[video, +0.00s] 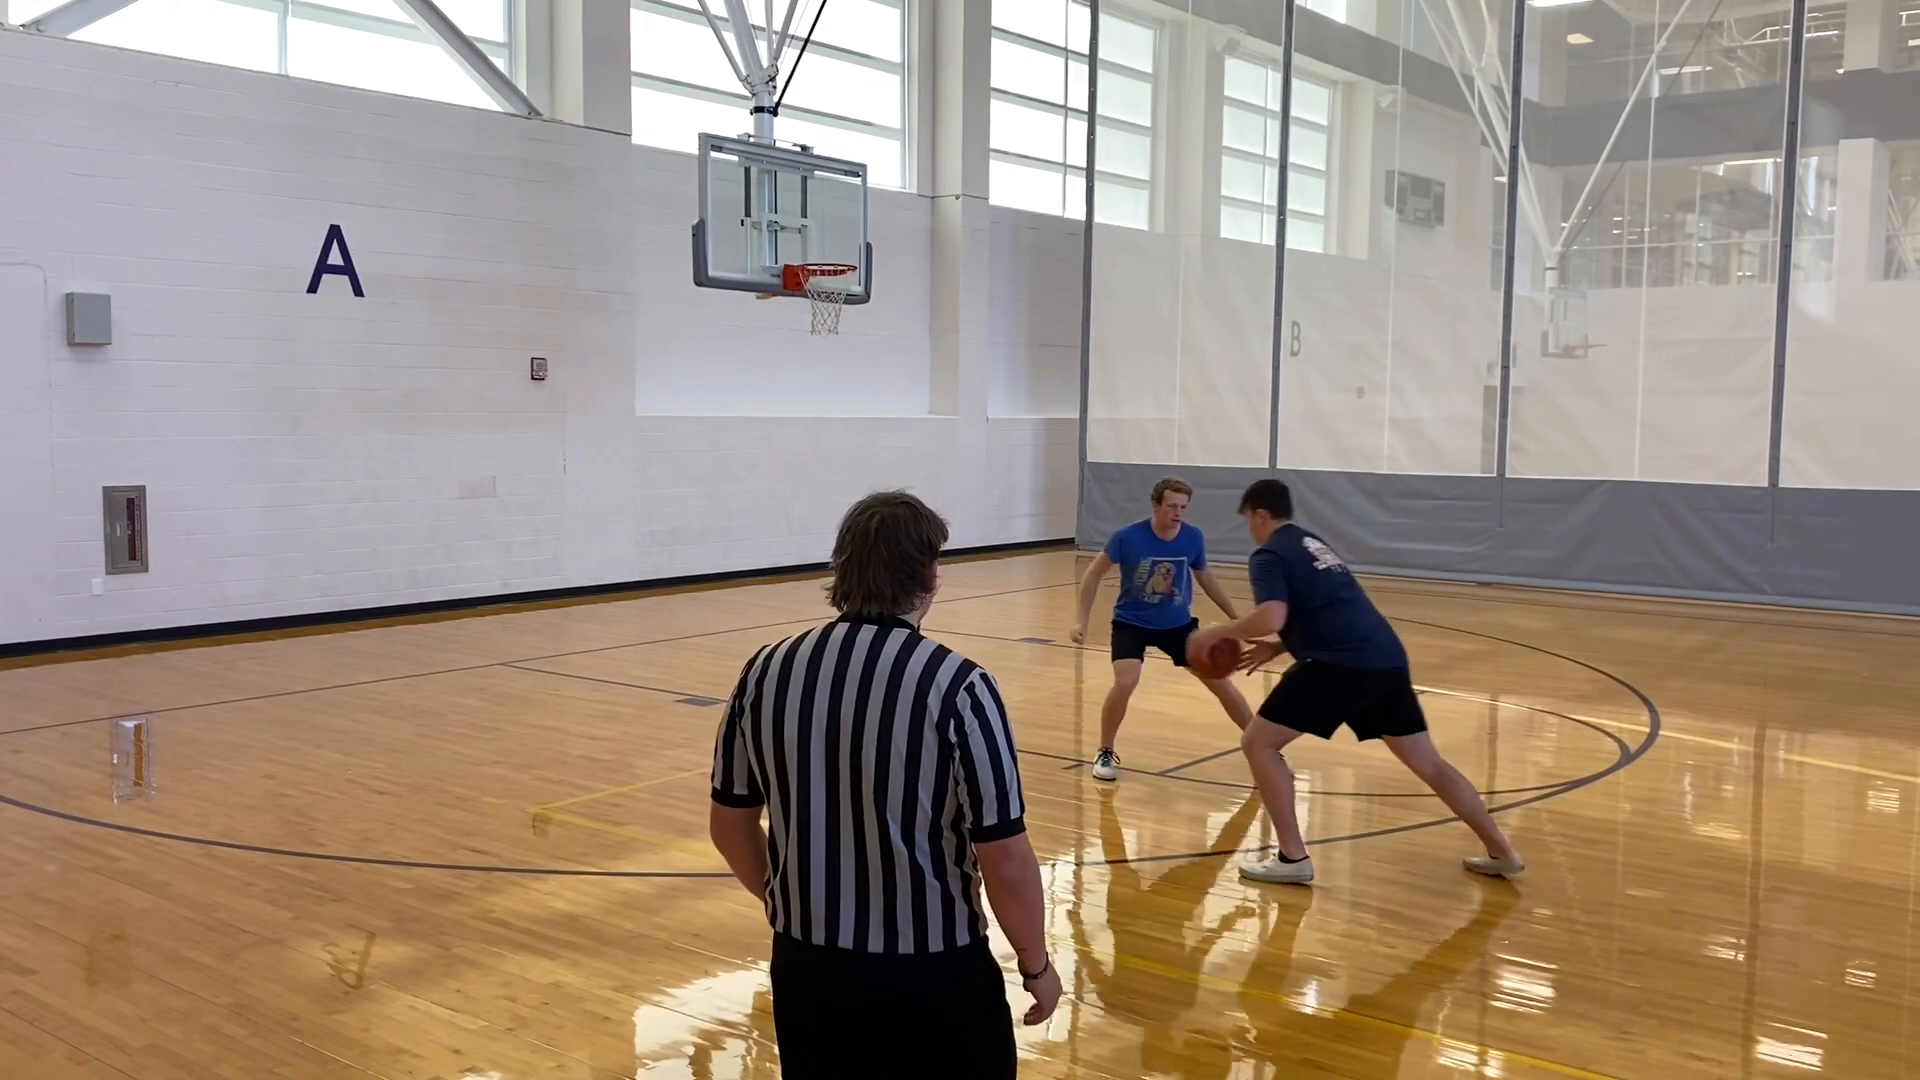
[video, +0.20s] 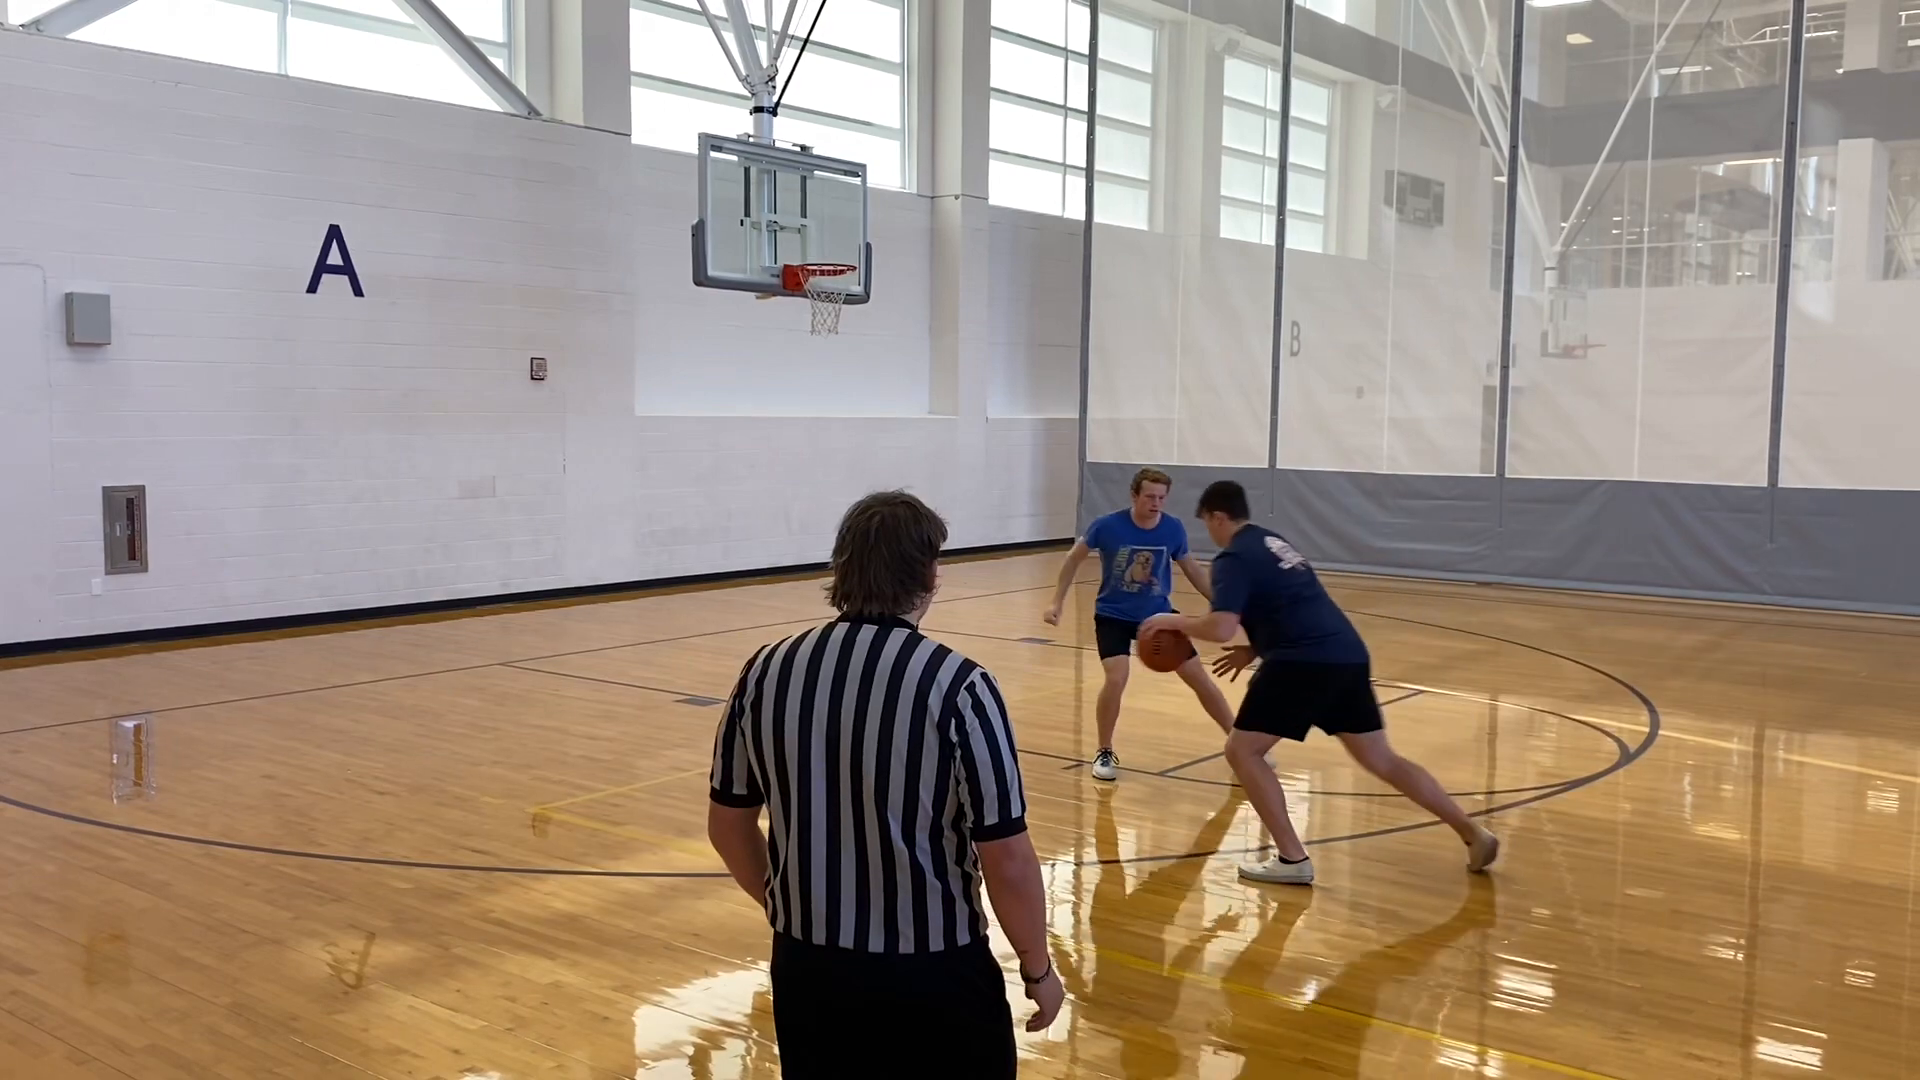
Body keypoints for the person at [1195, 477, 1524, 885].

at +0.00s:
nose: (1248, 527)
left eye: (1247, 518)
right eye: (1247, 518)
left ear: (1260, 515)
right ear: (1283, 511)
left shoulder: (1269, 554)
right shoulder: (1313, 542)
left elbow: (1271, 619)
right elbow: (1321, 613)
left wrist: (1219, 634)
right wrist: (1269, 650)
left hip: (1334, 666)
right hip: (1386, 663)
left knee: (1258, 743)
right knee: (1431, 765)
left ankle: (1292, 858)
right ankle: (1503, 854)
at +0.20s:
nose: (1205, 529)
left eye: (1205, 521)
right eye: (1204, 522)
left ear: (1217, 518)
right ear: (1240, 514)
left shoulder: (1232, 559)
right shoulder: (1272, 541)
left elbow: (1221, 629)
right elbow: (1299, 605)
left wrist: (1174, 621)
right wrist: (1254, 646)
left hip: (1298, 665)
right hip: (1347, 659)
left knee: (1241, 750)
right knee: (1381, 760)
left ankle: (1292, 858)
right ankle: (1474, 834)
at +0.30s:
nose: (1185, 531)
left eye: (1184, 524)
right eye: (1184, 524)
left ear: (1196, 520)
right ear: (1220, 515)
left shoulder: (1212, 562)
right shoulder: (1252, 541)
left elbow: (1196, 637)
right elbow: (1285, 607)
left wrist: (1150, 626)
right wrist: (1247, 652)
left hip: (1283, 664)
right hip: (1330, 658)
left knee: (1235, 754)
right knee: (1344, 760)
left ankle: (1291, 856)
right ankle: (1447, 817)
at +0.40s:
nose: (1168, 535)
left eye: (1168, 527)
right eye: (1168, 527)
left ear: (1179, 522)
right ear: (1200, 516)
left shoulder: (1192, 563)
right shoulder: (1236, 541)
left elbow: (1171, 641)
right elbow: (1267, 603)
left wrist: (1125, 639)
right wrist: (1235, 654)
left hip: (1268, 663)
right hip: (1313, 658)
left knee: (1228, 757)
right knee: (1303, 756)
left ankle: (1291, 855)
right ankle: (1408, 800)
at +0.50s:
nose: (1151, 534)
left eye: (1150, 526)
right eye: (1150, 526)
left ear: (1158, 521)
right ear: (1184, 514)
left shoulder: (1173, 564)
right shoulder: (1219, 539)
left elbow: (1148, 642)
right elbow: (1251, 599)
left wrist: (1101, 664)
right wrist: (1228, 656)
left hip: (1254, 661)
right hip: (1293, 655)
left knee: (1221, 757)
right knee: (1264, 751)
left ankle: (1290, 855)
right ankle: (1362, 790)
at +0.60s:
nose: (1133, 534)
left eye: (1132, 527)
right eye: (1131, 528)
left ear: (1142, 522)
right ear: (1165, 518)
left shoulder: (1155, 565)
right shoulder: (1201, 537)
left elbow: (1123, 640)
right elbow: (1233, 592)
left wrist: (1078, 682)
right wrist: (1220, 658)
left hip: (1238, 659)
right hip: (1273, 650)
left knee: (1218, 759)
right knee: (1240, 748)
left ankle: (1290, 854)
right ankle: (1315, 788)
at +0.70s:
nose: (1124, 534)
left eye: (1123, 526)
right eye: (1122, 527)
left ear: (1134, 521)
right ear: (1156, 515)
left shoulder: (1146, 563)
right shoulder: (1196, 536)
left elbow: (1112, 638)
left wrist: (1069, 684)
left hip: (1236, 656)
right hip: (1263, 645)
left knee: (1216, 757)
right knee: (1197, 729)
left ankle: (1289, 852)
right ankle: (1290, 790)